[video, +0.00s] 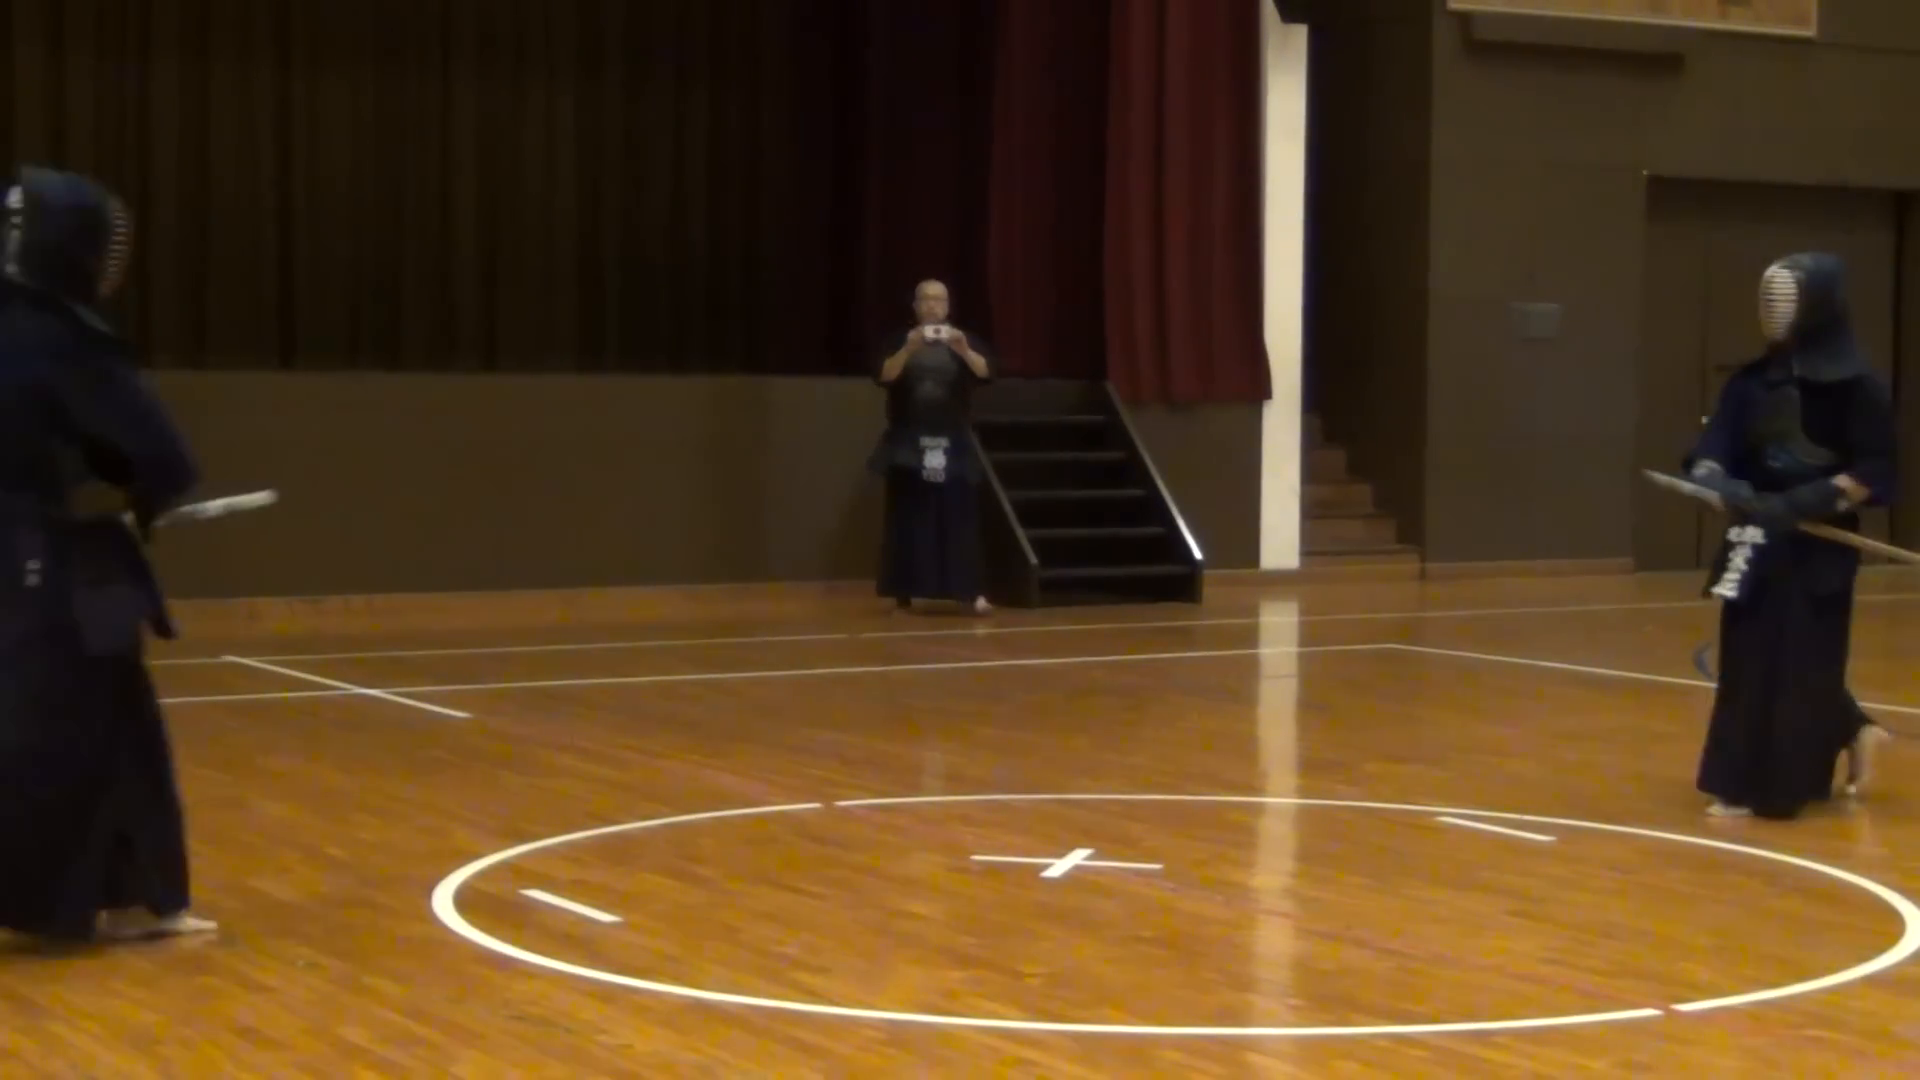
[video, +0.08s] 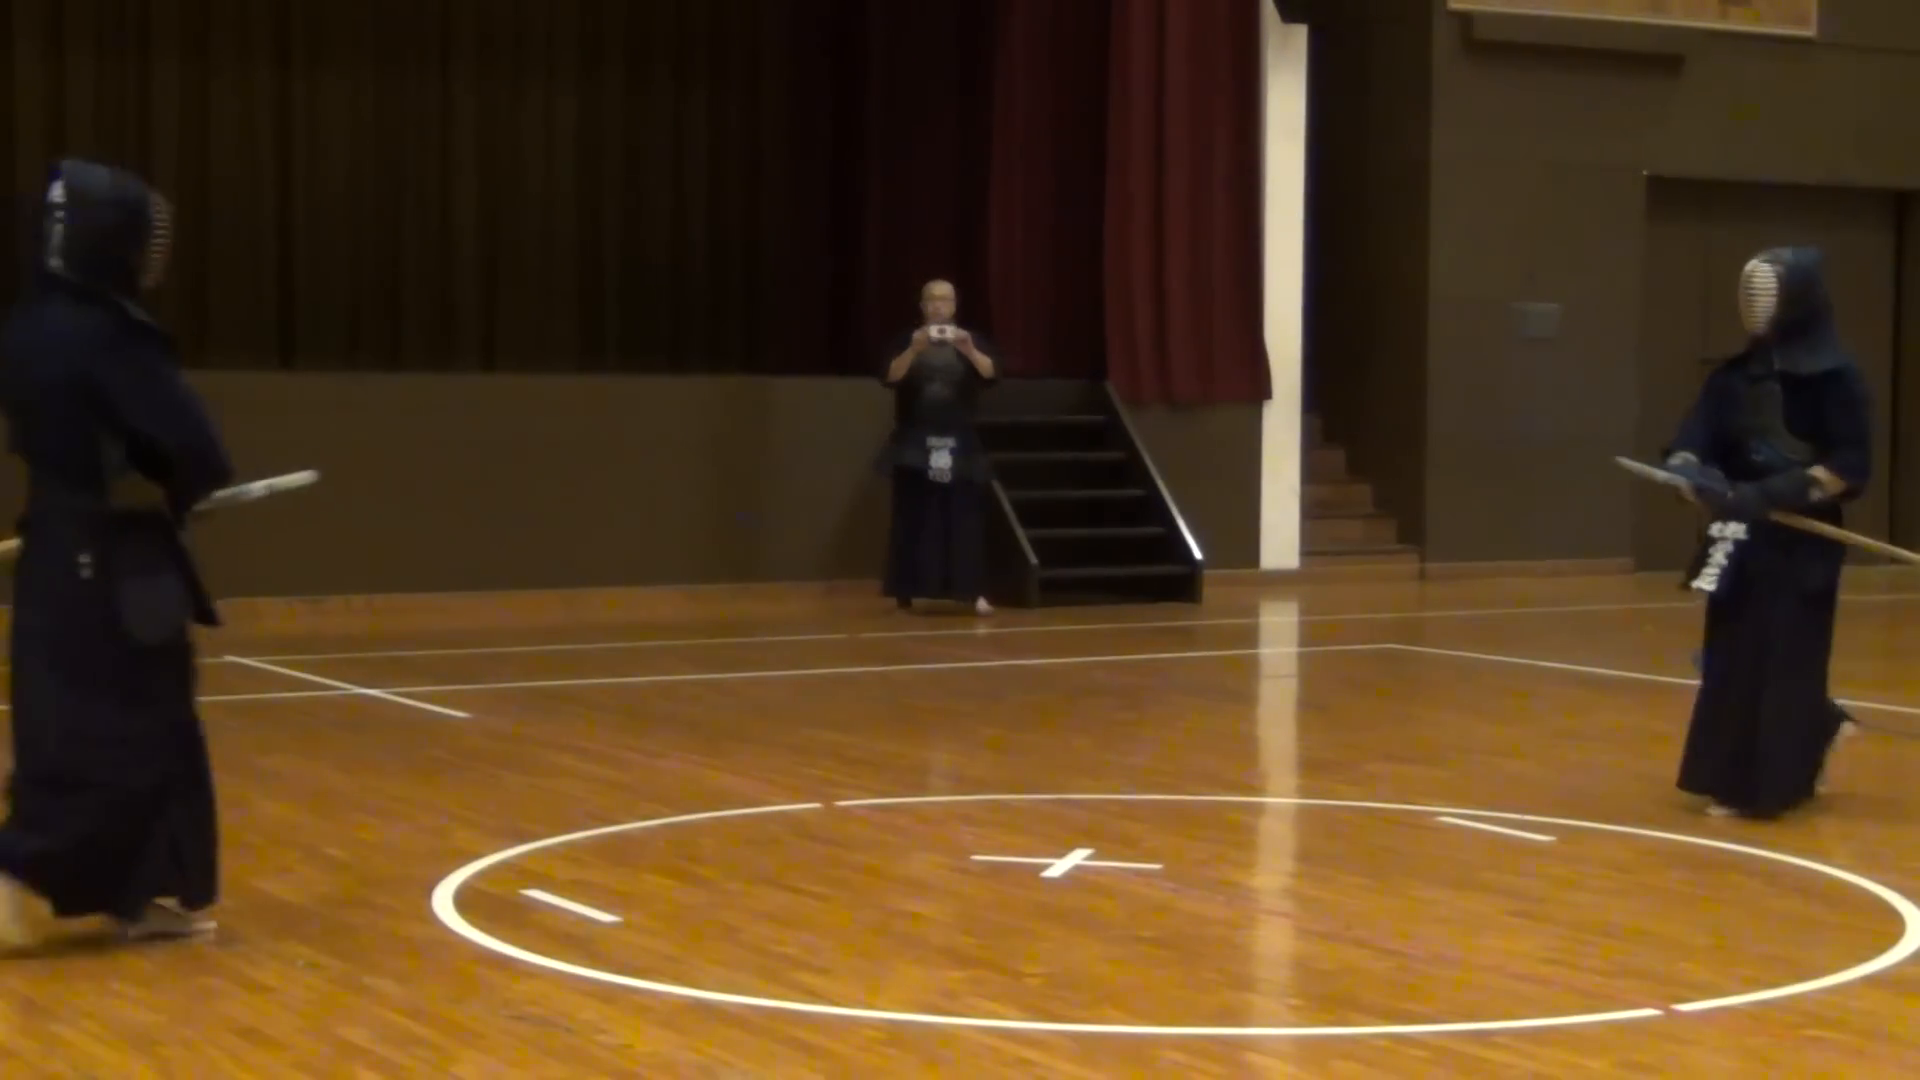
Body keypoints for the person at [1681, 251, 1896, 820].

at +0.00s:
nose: (1771, 312)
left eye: (1783, 301)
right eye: (1768, 301)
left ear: (1818, 305)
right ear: (1766, 304)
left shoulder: (1853, 386)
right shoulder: (1754, 379)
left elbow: (1873, 473)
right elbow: (1717, 440)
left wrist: (1796, 503)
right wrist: (1713, 472)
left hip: (1818, 539)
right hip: (1755, 532)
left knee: (1792, 656)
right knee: (1750, 651)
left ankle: (1746, 788)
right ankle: (1857, 734)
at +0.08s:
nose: (1752, 306)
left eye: (1764, 295)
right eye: (1749, 295)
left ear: (1797, 298)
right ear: (1745, 298)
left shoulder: (1830, 374)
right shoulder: (1735, 373)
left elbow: (1849, 466)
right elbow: (1691, 440)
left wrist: (1765, 494)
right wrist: (1695, 471)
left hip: (1803, 538)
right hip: (1741, 531)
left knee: (1780, 656)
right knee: (1734, 648)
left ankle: (1764, 787)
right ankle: (1814, 717)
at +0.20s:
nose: (1725, 299)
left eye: (1736, 288)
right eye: (1721, 287)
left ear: (1771, 291)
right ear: (1718, 292)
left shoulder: (1807, 369)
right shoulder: (1709, 367)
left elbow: (1826, 457)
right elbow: (1669, 429)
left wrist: (1747, 483)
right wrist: (1655, 454)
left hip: (1780, 536)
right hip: (1714, 528)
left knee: (1765, 655)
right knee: (1705, 649)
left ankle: (1768, 783)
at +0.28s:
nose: (1708, 301)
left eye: (1719, 290)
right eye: (1704, 289)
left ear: (1753, 292)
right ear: (1702, 293)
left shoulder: (1789, 368)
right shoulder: (1692, 367)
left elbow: (1821, 454)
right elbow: (1653, 419)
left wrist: (1754, 483)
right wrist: (1627, 449)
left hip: (1766, 536)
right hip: (1695, 527)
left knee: (1753, 654)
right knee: (1674, 647)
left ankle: (1759, 785)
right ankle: (1674, 779)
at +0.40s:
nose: (1679, 308)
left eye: (1691, 297)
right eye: (1676, 296)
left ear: (1725, 301)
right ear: (1675, 301)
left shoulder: (1765, 379)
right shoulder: (1662, 378)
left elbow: (1797, 456)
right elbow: (1621, 429)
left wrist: (1740, 487)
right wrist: (1592, 461)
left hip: (1738, 541)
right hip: (1662, 533)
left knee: (1729, 658)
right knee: (1628, 647)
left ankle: (1740, 788)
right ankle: (1599, 775)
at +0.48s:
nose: (1656, 314)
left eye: (1668, 302)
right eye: (1652, 302)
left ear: (1703, 307)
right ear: (1647, 307)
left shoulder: (1742, 385)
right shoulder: (1637, 386)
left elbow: (1770, 460)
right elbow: (1598, 440)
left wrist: (1711, 490)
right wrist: (1566, 471)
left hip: (1719, 544)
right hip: (1643, 537)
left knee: (1717, 662)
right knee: (1599, 650)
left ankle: (1729, 791)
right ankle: (1560, 780)